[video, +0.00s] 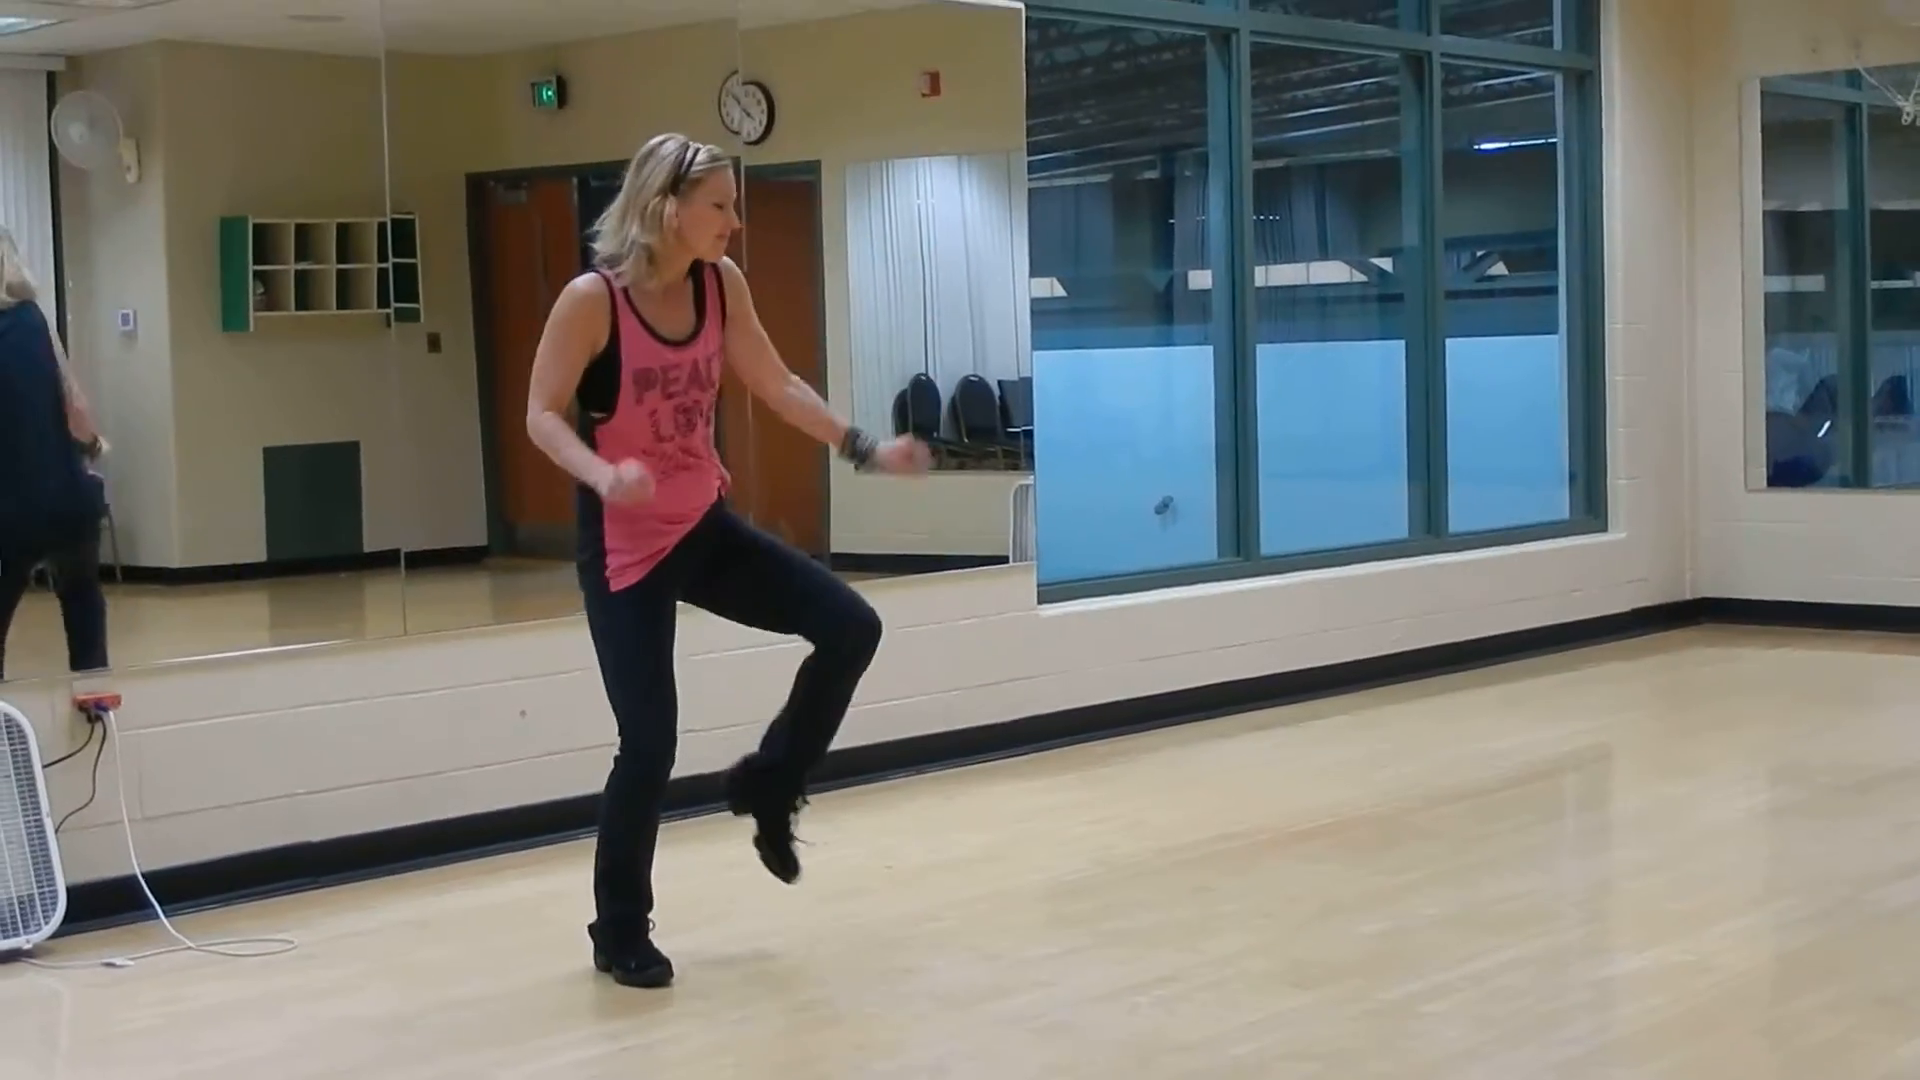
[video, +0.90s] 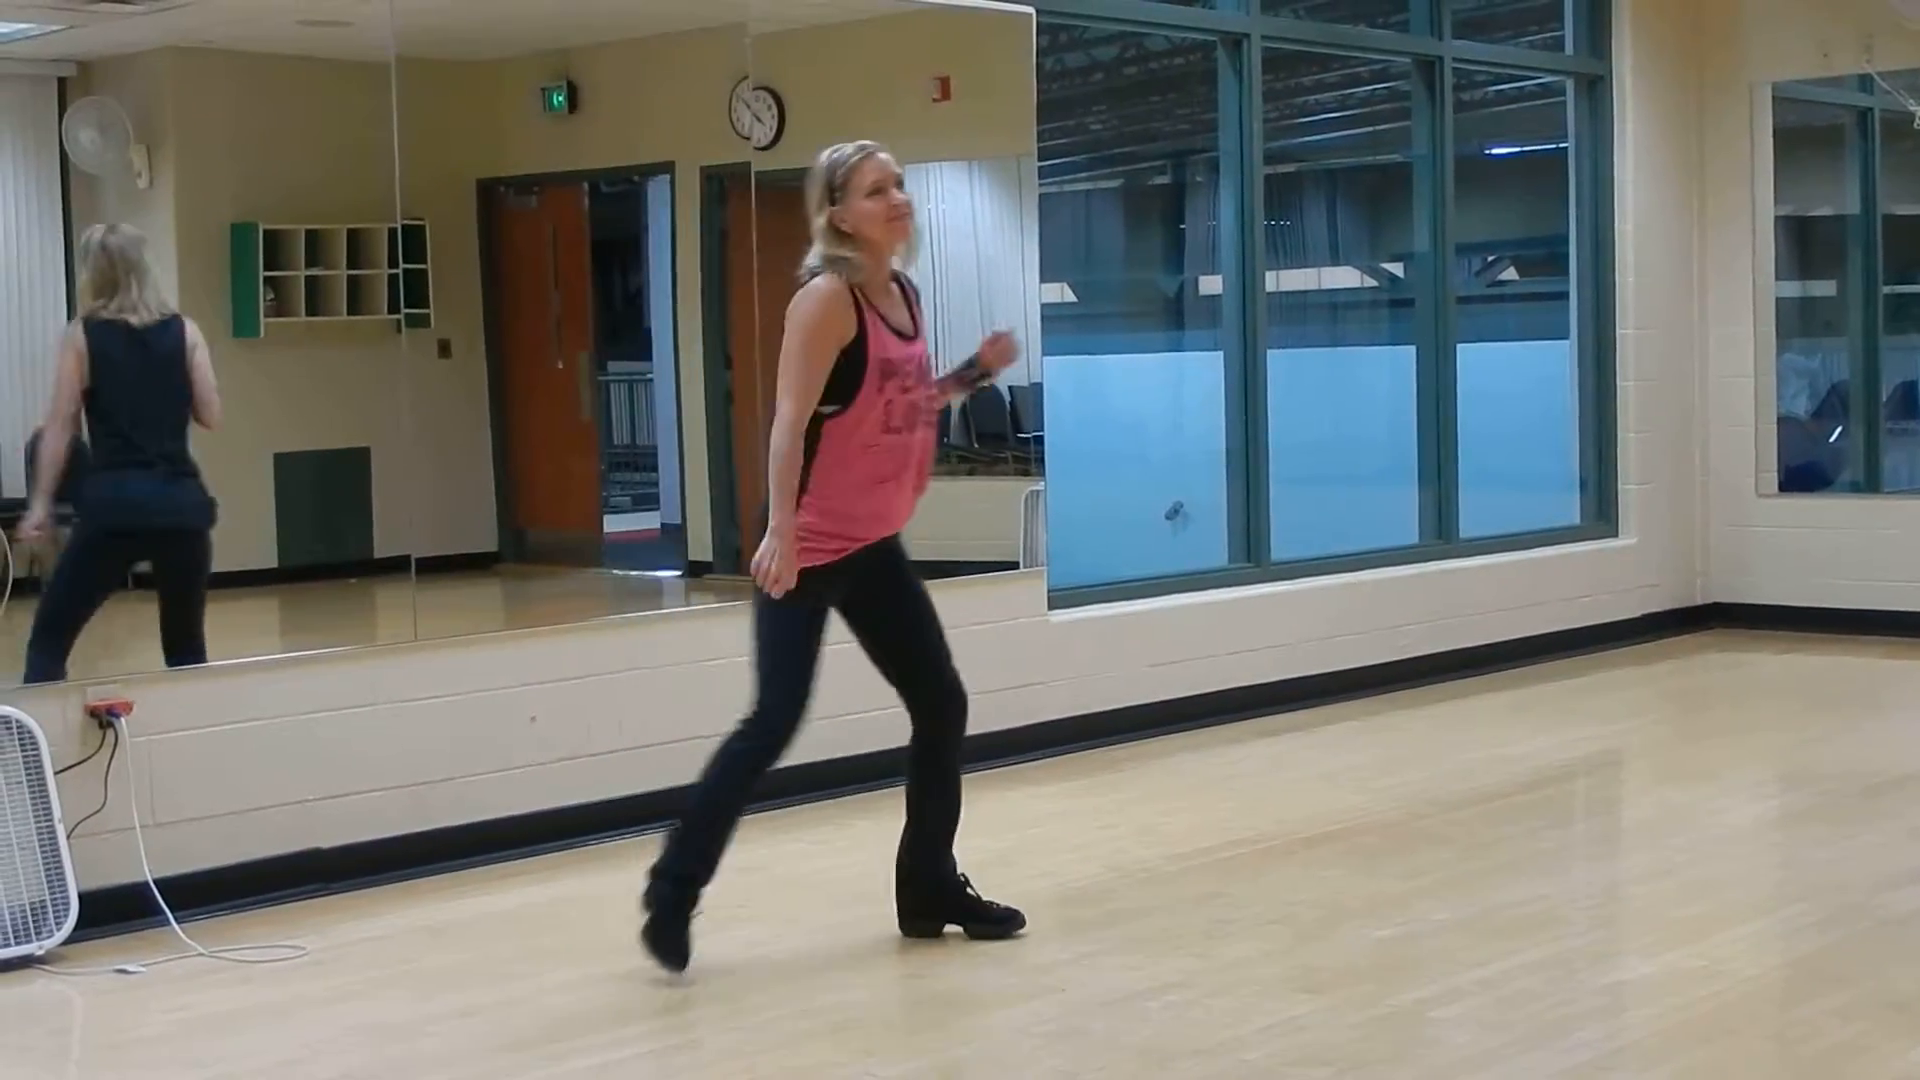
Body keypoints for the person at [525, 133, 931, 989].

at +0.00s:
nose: (730, 222)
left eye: (733, 208)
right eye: (717, 206)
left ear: (719, 215)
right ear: (664, 209)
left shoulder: (721, 285)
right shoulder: (590, 301)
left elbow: (776, 384)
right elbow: (543, 417)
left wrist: (866, 448)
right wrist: (600, 473)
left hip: (703, 528)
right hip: (623, 550)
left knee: (852, 629)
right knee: (649, 742)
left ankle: (772, 780)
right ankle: (620, 932)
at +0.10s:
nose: (726, 229)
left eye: (728, 215)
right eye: (713, 214)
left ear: (715, 222)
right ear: (657, 216)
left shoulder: (721, 294)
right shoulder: (588, 314)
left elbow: (752, 400)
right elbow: (548, 431)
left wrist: (806, 497)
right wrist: (602, 456)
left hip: (704, 542)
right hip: (622, 564)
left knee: (849, 644)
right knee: (650, 753)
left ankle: (751, 788)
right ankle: (622, 937)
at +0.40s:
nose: (752, 213)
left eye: (754, 199)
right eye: (731, 202)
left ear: (755, 216)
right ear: (680, 221)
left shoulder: (761, 311)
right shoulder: (642, 308)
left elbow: (738, 425)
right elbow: (612, 427)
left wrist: (743, 519)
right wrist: (684, 374)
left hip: (725, 550)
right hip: (647, 564)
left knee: (836, 708)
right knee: (659, 756)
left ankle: (761, 863)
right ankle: (628, 936)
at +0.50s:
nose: (776, 195)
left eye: (777, 181)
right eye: (754, 186)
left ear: (781, 198)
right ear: (708, 207)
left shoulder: (781, 291)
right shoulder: (681, 278)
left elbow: (748, 404)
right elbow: (649, 386)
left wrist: (748, 498)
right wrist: (723, 364)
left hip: (735, 535)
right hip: (655, 547)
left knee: (835, 702)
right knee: (644, 747)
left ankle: (833, 876)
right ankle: (624, 936)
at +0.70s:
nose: (837, 204)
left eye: (837, 190)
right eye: (816, 195)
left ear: (840, 205)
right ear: (772, 218)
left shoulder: (837, 296)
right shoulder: (760, 288)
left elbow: (820, 401)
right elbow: (748, 378)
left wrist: (847, 457)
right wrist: (786, 445)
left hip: (790, 555)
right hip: (715, 555)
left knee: (863, 722)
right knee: (660, 736)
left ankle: (910, 890)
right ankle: (616, 927)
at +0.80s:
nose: (872, 205)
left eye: (872, 191)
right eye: (851, 196)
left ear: (874, 208)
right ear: (810, 220)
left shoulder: (867, 296)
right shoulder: (802, 301)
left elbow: (858, 410)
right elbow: (779, 414)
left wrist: (916, 412)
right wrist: (784, 507)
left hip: (828, 548)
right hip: (758, 547)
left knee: (912, 710)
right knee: (700, 731)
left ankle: (925, 891)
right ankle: (625, 913)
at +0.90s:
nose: (900, 200)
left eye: (900, 186)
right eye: (879, 191)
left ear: (902, 206)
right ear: (838, 214)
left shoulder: (898, 290)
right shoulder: (825, 297)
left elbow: (898, 407)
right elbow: (790, 419)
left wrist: (974, 373)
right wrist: (780, 526)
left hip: (870, 544)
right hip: (801, 548)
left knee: (941, 707)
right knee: (774, 718)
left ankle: (929, 889)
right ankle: (673, 886)